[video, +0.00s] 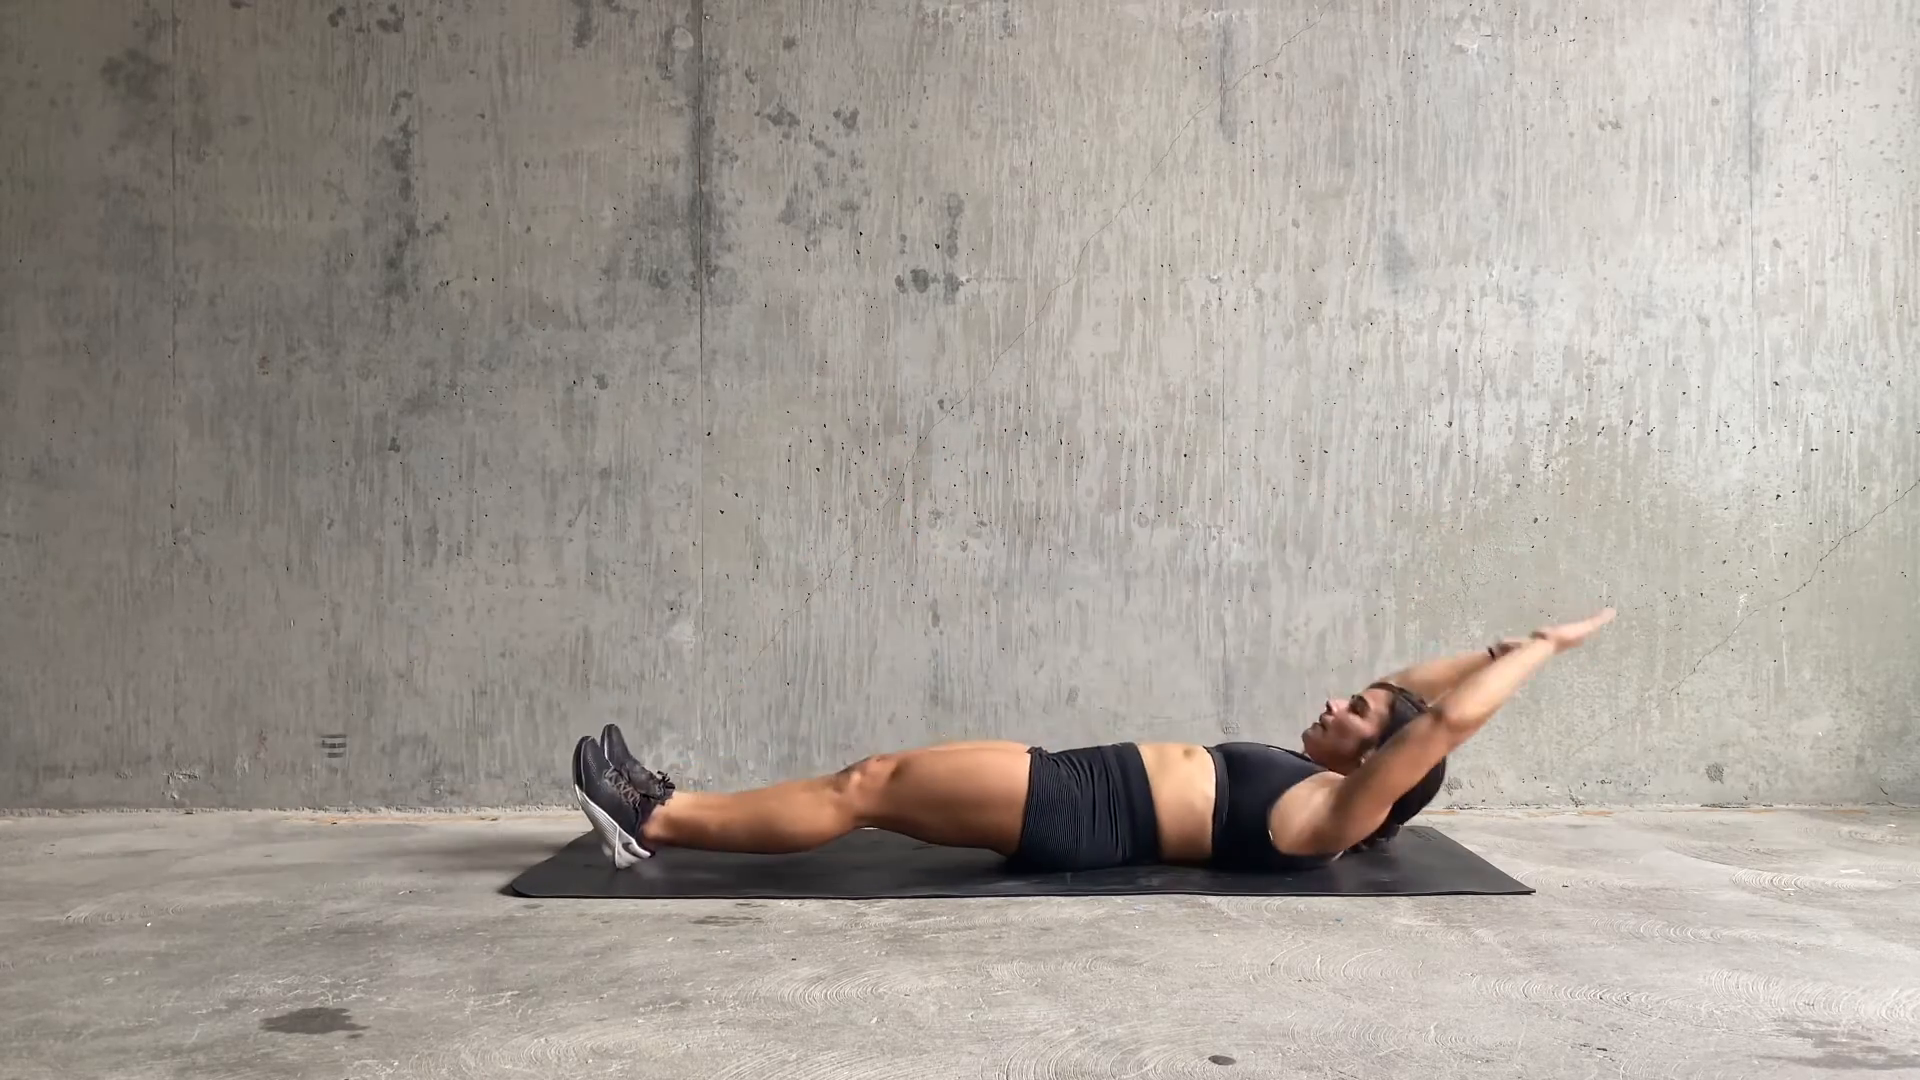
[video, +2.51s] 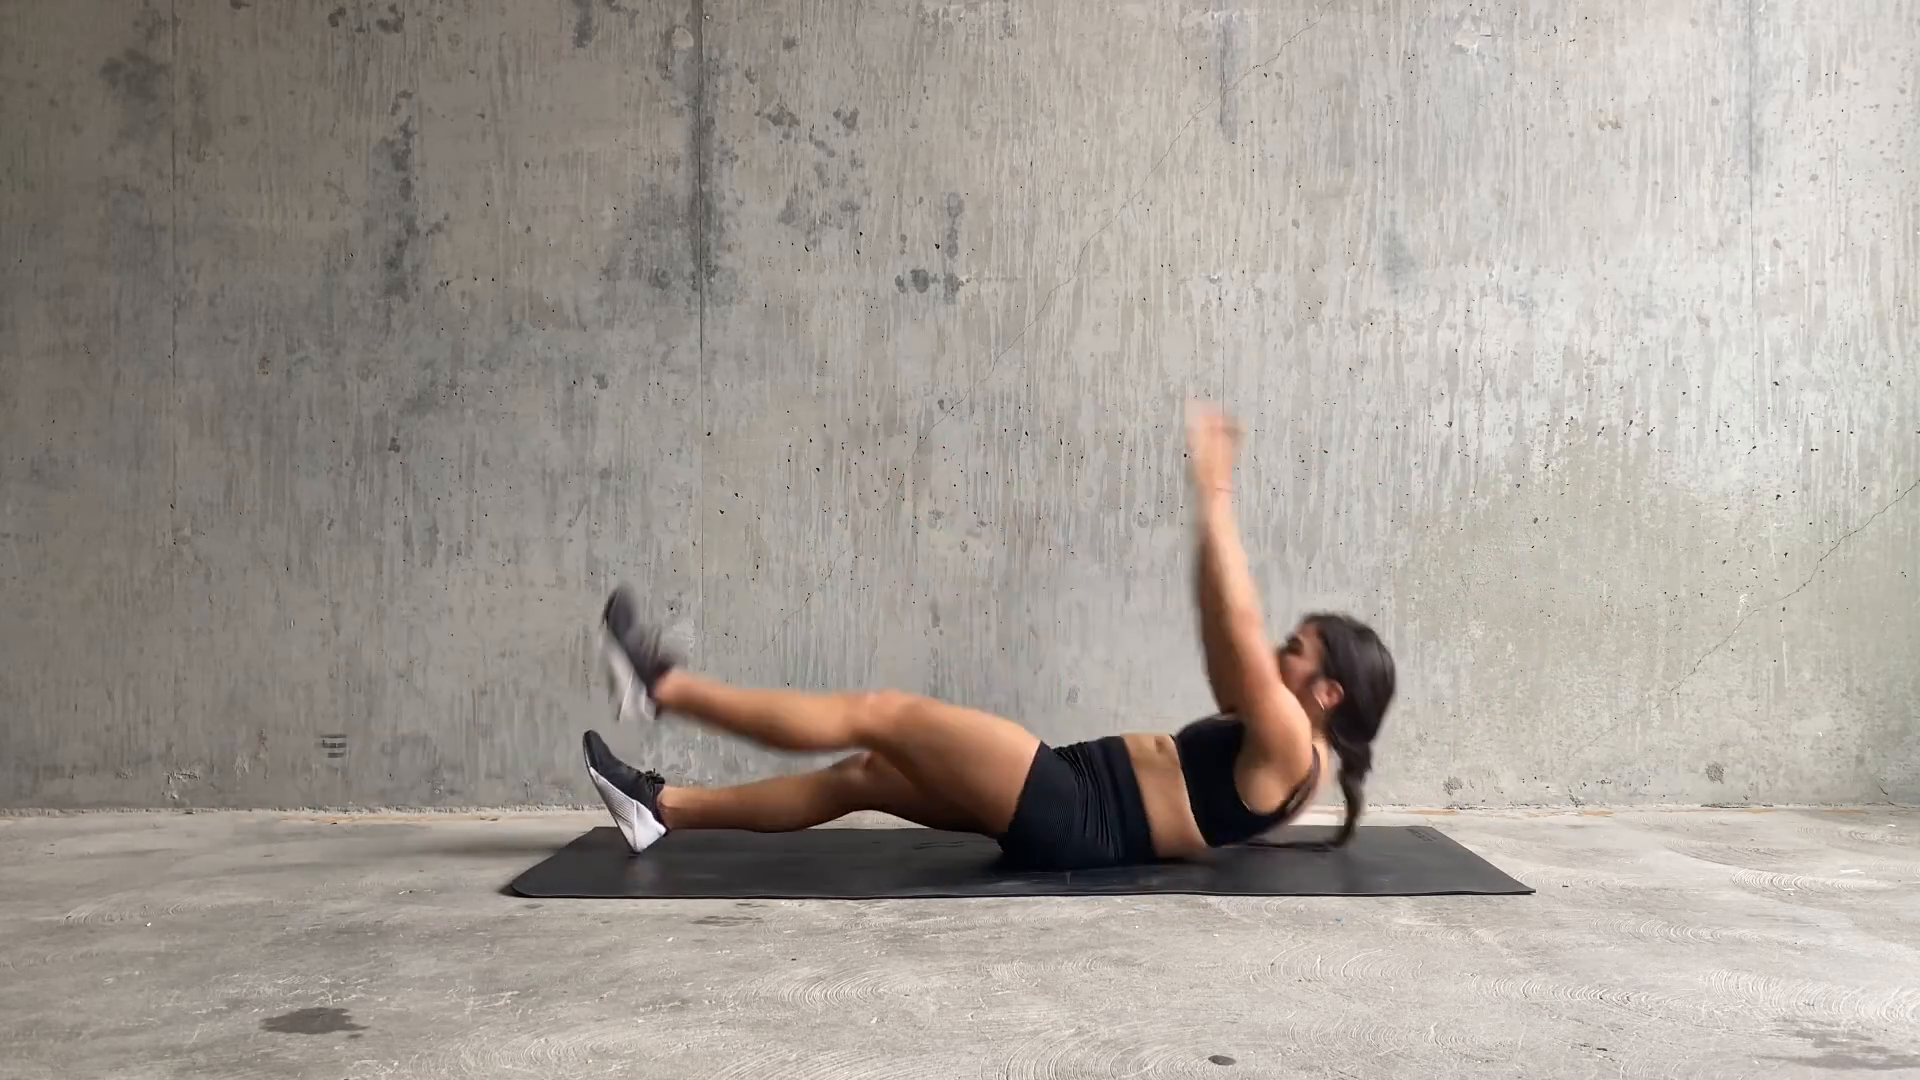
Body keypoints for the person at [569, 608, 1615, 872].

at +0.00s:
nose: (1344, 707)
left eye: (1366, 711)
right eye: (1359, 699)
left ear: (1380, 757)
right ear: (1352, 727)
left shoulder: (1325, 818)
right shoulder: (1313, 781)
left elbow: (1441, 727)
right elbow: (1422, 707)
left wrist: (1541, 650)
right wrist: (1512, 646)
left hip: (1088, 806)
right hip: (1091, 784)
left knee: (872, 786)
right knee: (875, 781)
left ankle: (662, 822)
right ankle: (671, 820)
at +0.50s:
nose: (1175, 567)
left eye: (1193, 562)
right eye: (1190, 556)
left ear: (1229, 594)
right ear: (1237, 598)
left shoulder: (1189, 654)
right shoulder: (1226, 660)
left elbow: (1053, 581)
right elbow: (1073, 645)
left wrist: (956, 498)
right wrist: (995, 619)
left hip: (1059, 812)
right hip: (1058, 768)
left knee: (843, 772)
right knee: (952, 613)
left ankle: (627, 823)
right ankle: (814, 473)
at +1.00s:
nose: (1243, 620)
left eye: (1263, 619)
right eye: (1255, 610)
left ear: (1298, 654)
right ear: (1290, 647)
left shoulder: (1258, 706)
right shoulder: (1242, 697)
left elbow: (1151, 615)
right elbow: (1119, 627)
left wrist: (1067, 504)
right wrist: (1041, 529)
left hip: (1068, 812)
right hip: (1066, 773)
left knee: (852, 790)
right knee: (893, 674)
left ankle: (635, 827)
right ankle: (701, 610)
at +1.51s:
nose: (1338, 702)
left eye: (1358, 700)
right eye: (1352, 691)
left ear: (1380, 745)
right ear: (1361, 730)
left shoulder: (1324, 815)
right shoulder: (1313, 791)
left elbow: (1426, 708)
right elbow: (1410, 702)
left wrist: (1518, 628)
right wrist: (1500, 632)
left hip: (1089, 807)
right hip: (1089, 782)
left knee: (874, 785)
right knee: (874, 774)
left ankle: (659, 825)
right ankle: (668, 816)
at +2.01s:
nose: (1163, 554)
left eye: (1182, 549)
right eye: (1174, 542)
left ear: (1222, 582)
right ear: (1213, 577)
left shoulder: (1196, 662)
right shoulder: (1177, 634)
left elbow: (1051, 636)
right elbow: (1048, 582)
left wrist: (922, 581)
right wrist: (949, 505)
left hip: (1066, 815)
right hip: (1050, 791)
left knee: (957, 614)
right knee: (849, 761)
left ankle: (826, 455)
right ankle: (653, 807)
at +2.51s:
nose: (1273, 661)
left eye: (1293, 657)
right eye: (1285, 648)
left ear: (1328, 690)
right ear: (1327, 691)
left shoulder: (1291, 745)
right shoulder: (1282, 746)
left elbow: (1231, 626)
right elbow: (1230, 629)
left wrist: (1215, 493)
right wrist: (1219, 505)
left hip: (1075, 808)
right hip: (1072, 801)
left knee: (882, 714)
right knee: (862, 775)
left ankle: (669, 684)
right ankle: (660, 810)